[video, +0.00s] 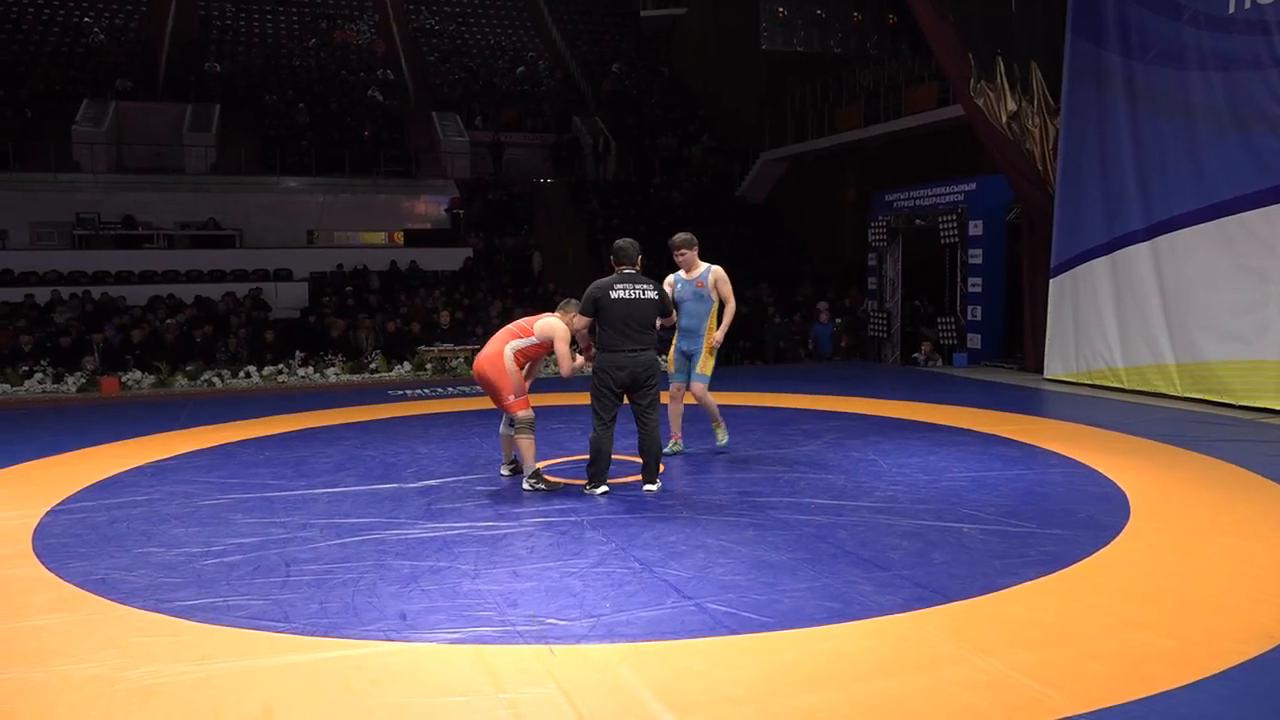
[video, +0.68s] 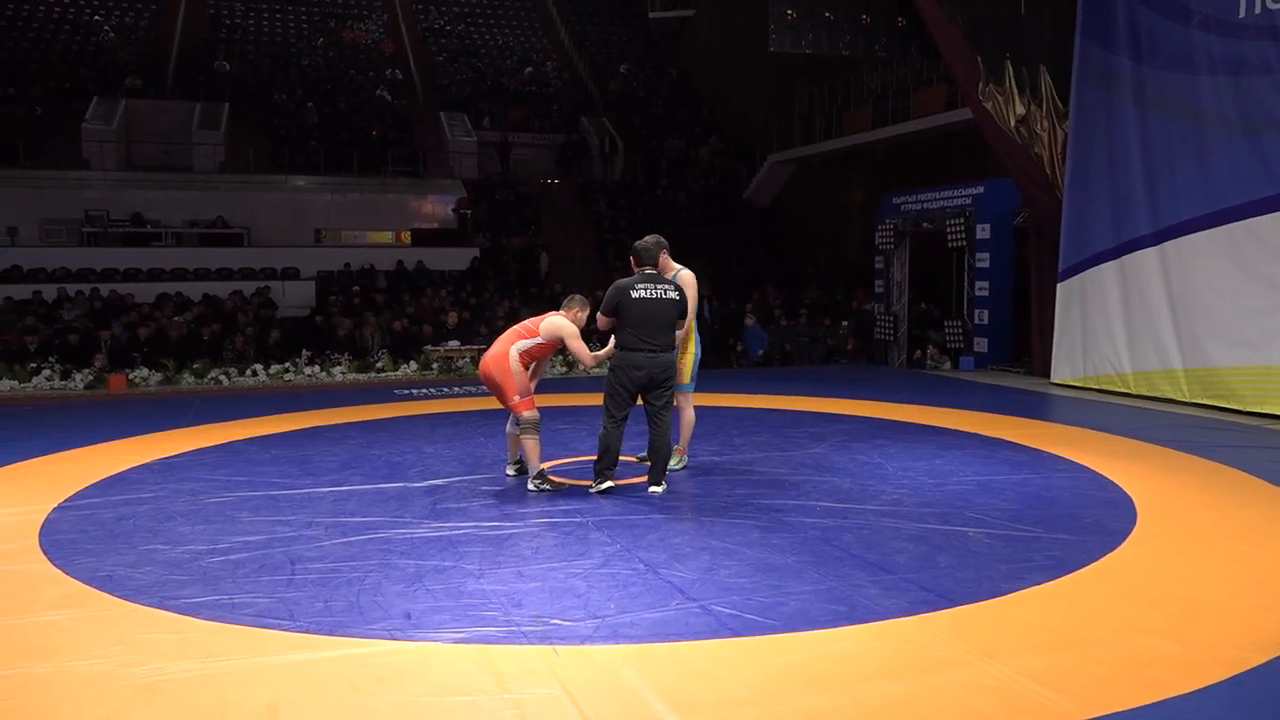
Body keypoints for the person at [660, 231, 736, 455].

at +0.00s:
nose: (678, 259)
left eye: (682, 254)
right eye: (675, 255)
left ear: (695, 251)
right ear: (673, 256)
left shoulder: (715, 273)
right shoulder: (671, 280)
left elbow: (730, 303)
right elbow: (668, 314)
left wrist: (721, 331)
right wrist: (661, 319)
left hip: (704, 343)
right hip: (679, 343)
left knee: (698, 390)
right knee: (675, 391)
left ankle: (718, 424)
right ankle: (676, 439)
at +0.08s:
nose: (671, 259)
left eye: (675, 254)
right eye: (668, 255)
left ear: (688, 251)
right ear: (665, 256)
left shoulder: (709, 272)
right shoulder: (664, 280)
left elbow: (725, 302)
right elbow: (655, 310)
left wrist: (717, 331)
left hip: (700, 342)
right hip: (674, 342)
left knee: (690, 388)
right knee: (673, 392)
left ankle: (702, 436)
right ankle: (675, 439)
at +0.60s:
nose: (652, 261)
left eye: (654, 256)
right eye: (650, 257)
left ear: (666, 253)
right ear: (659, 256)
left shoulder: (688, 276)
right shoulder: (657, 278)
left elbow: (699, 311)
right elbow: (653, 311)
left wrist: (687, 342)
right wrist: (648, 339)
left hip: (682, 339)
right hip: (660, 338)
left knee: (681, 398)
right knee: (659, 397)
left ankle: (680, 450)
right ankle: (664, 440)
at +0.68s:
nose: (652, 263)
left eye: (654, 258)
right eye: (650, 259)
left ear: (664, 254)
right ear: (658, 256)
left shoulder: (685, 276)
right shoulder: (656, 278)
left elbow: (687, 319)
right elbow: (651, 312)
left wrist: (672, 344)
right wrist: (649, 338)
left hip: (685, 342)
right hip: (662, 342)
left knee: (683, 400)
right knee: (661, 399)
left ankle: (681, 450)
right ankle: (657, 447)